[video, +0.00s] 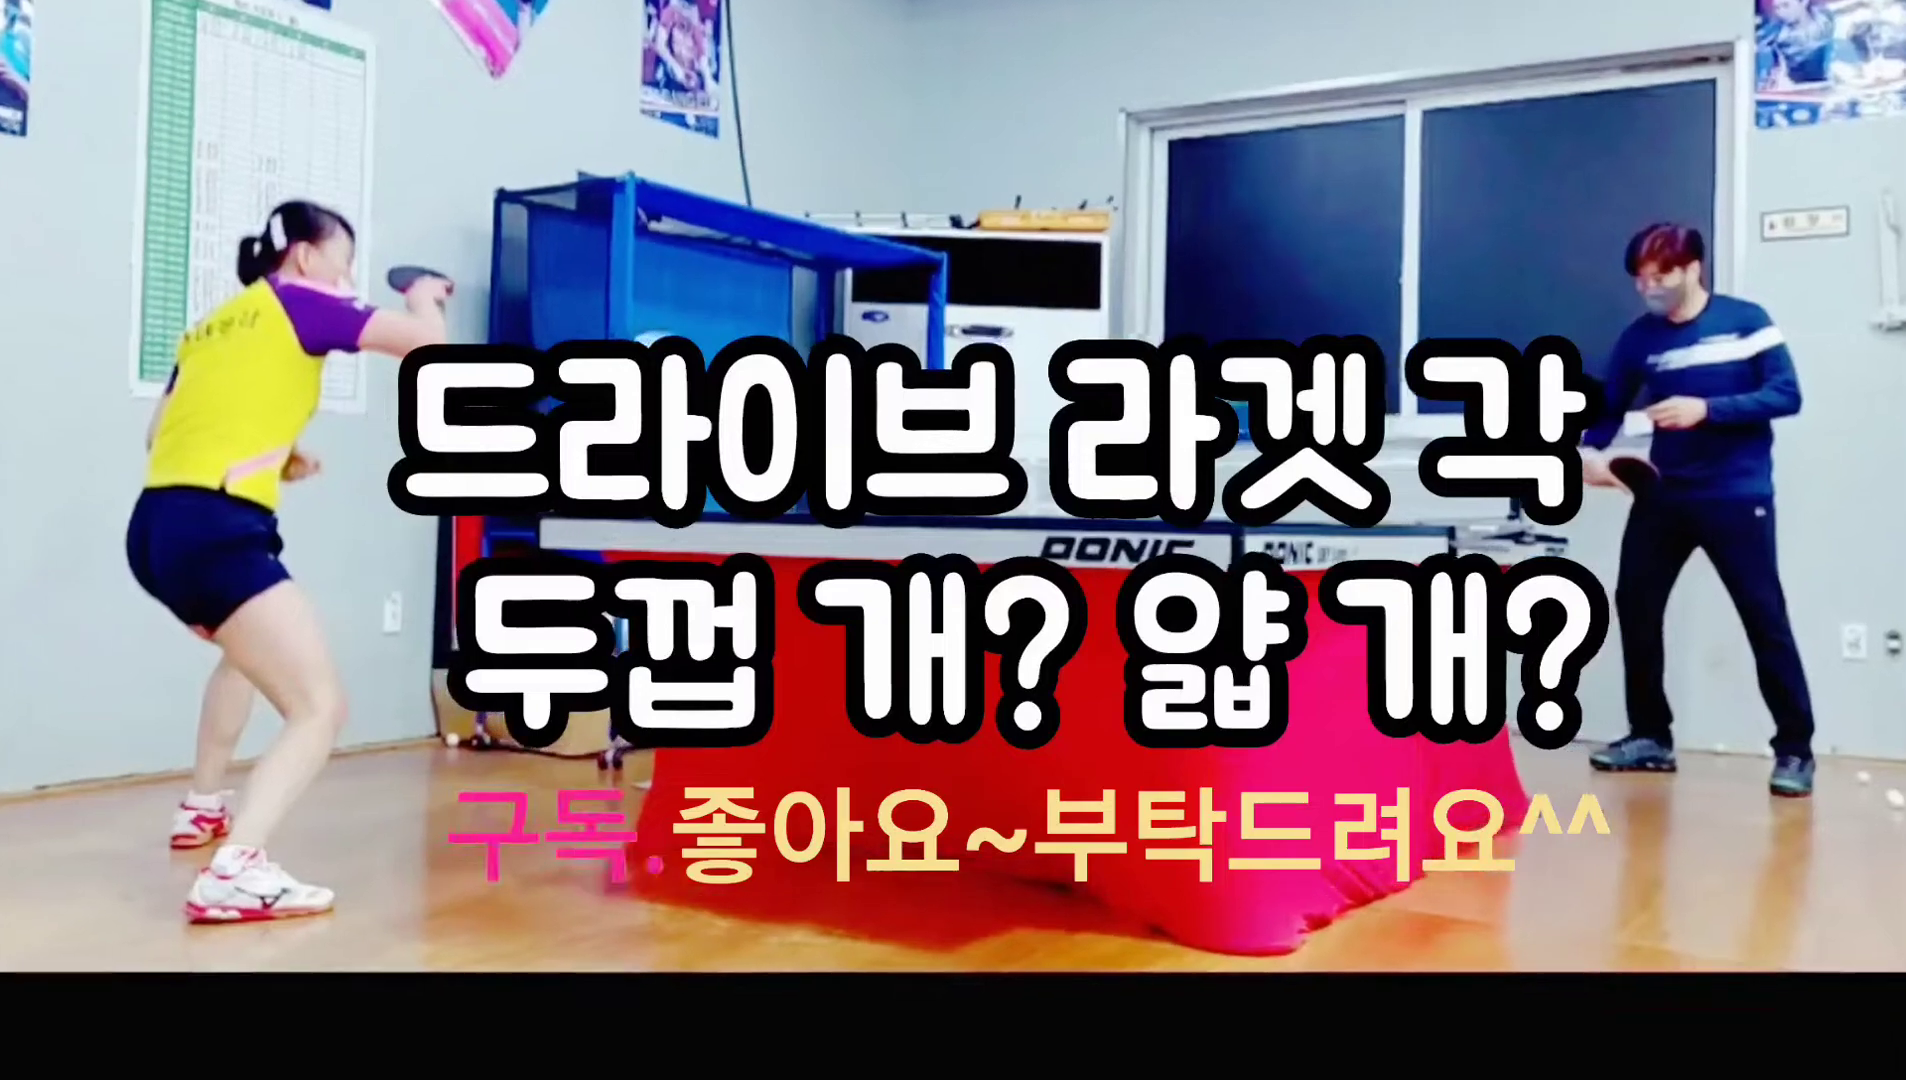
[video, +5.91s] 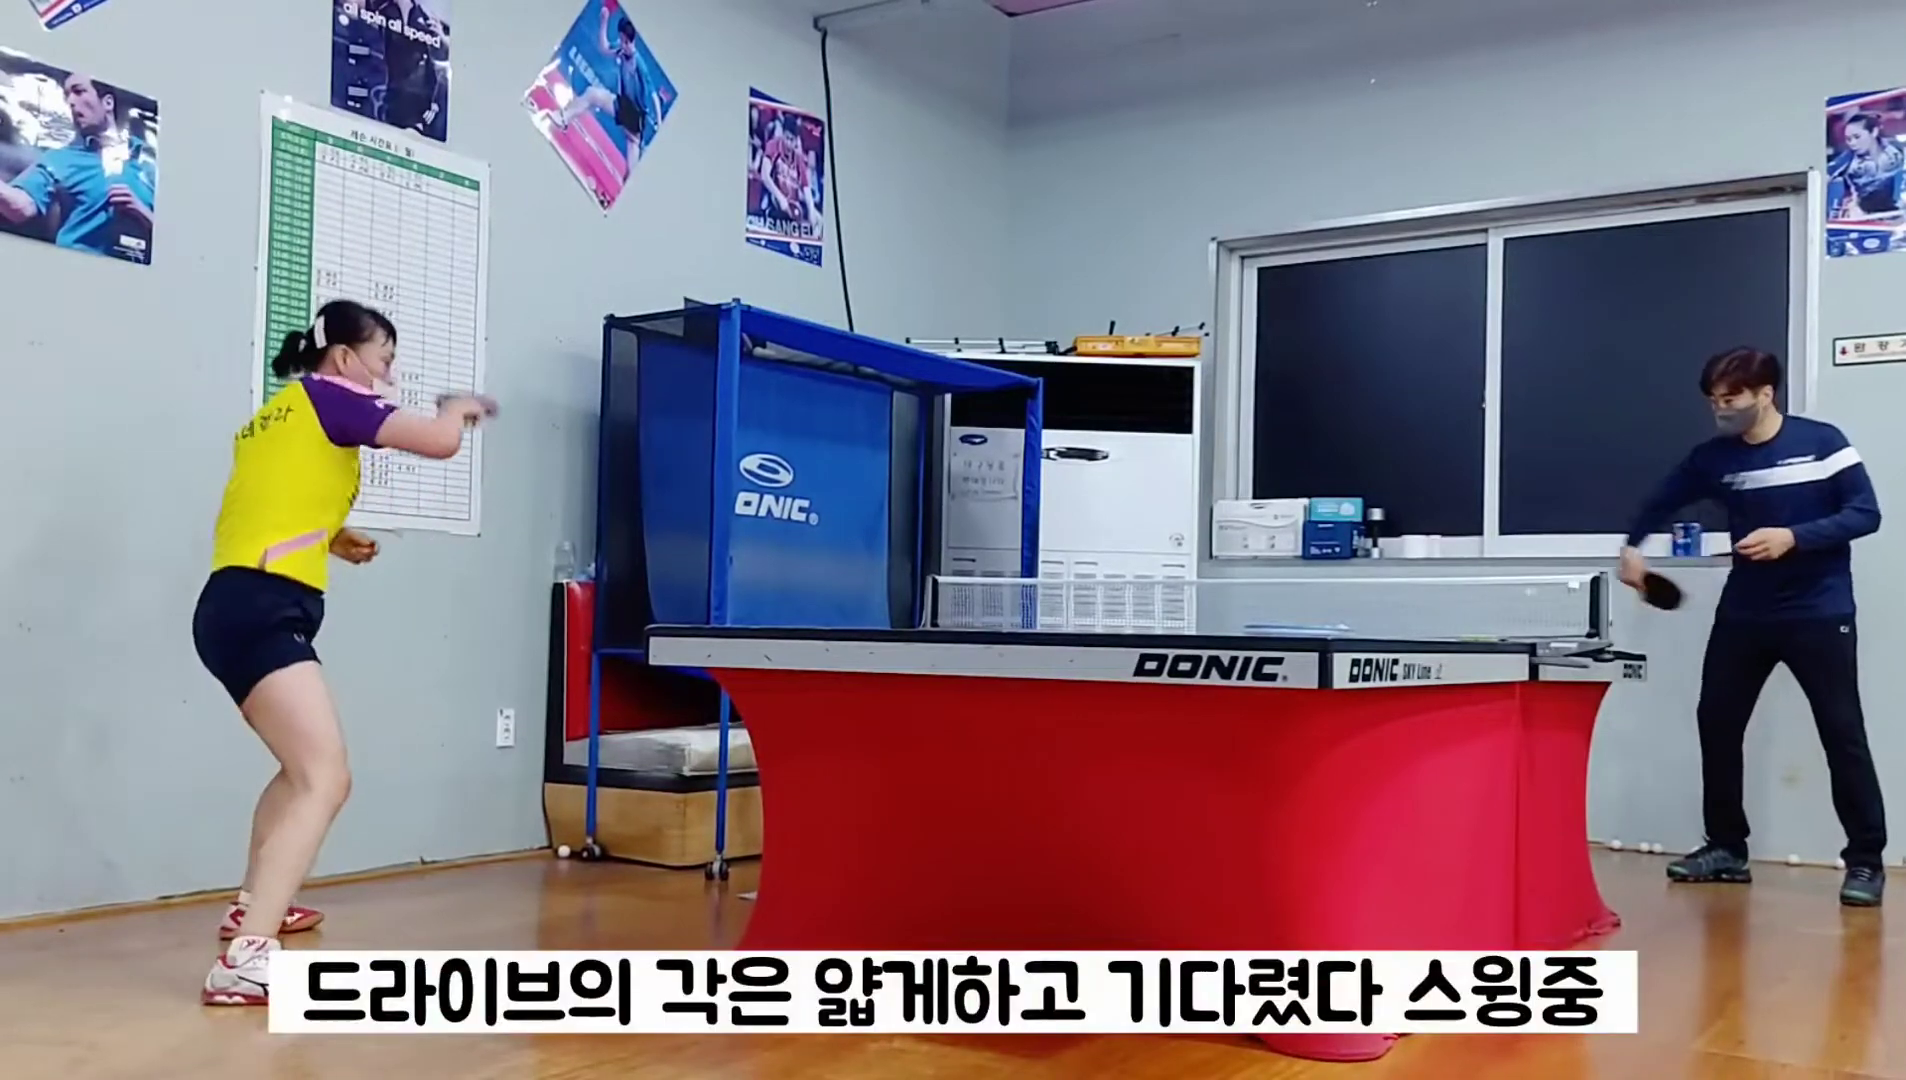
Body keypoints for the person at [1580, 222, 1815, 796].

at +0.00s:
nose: (1647, 286)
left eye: (1658, 274)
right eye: (1640, 277)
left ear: (1692, 269)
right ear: (1636, 279)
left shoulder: (1746, 320)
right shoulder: (1639, 338)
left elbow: (1785, 395)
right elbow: (1606, 413)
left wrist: (1706, 409)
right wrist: (1588, 453)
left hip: (1737, 503)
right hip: (1661, 503)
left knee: (1766, 623)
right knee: (1635, 608)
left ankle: (1794, 751)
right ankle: (1651, 737)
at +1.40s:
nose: (1723, 258)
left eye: (1735, 245)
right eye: (1718, 247)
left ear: (1774, 239)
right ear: (1714, 249)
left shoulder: (1835, 296)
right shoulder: (1717, 316)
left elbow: (1879, 378)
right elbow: (1682, 391)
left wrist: (1790, 394)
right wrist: (1661, 442)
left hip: (1825, 498)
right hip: (1742, 497)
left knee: (1858, 633)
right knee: (1712, 614)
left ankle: (1889, 773)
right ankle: (1728, 758)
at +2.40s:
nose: (1773, 240)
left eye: (1787, 226)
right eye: (1765, 228)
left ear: (1827, 221)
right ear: (1759, 231)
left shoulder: (1893, 283)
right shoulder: (1764, 304)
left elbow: (1905, 373)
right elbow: (1729, 384)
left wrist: (1844, 383)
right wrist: (1708, 435)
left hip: (1880, 496)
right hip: (1793, 495)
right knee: (1761, 615)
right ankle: (1778, 772)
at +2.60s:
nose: (1738, 388)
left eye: (1748, 376)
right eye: (1730, 381)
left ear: (1780, 378)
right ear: (1725, 388)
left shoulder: (1825, 433)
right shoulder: (1729, 449)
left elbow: (1857, 510)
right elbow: (1722, 532)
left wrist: (1782, 544)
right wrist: (1689, 560)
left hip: (1821, 618)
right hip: (1750, 619)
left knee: (1843, 742)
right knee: (1736, 733)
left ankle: (1863, 864)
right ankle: (1729, 848)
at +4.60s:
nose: (1735, 390)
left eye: (1746, 379)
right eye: (1727, 384)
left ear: (1776, 380)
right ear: (1723, 392)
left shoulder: (1825, 433)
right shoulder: (1731, 452)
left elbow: (1861, 508)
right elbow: (1727, 532)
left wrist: (1776, 530)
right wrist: (1694, 565)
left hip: (1822, 617)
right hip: (1753, 618)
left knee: (1842, 740)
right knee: (1733, 731)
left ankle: (1864, 863)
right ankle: (1729, 849)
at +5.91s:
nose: (1721, 407)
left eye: (1732, 396)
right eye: (1715, 398)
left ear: (1766, 395)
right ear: (1711, 400)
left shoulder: (1823, 442)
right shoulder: (1713, 458)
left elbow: (1866, 513)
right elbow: (1663, 502)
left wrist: (1792, 536)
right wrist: (1631, 546)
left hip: (1819, 618)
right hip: (1744, 618)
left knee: (1843, 737)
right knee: (1717, 723)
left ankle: (1864, 863)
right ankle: (1726, 849)